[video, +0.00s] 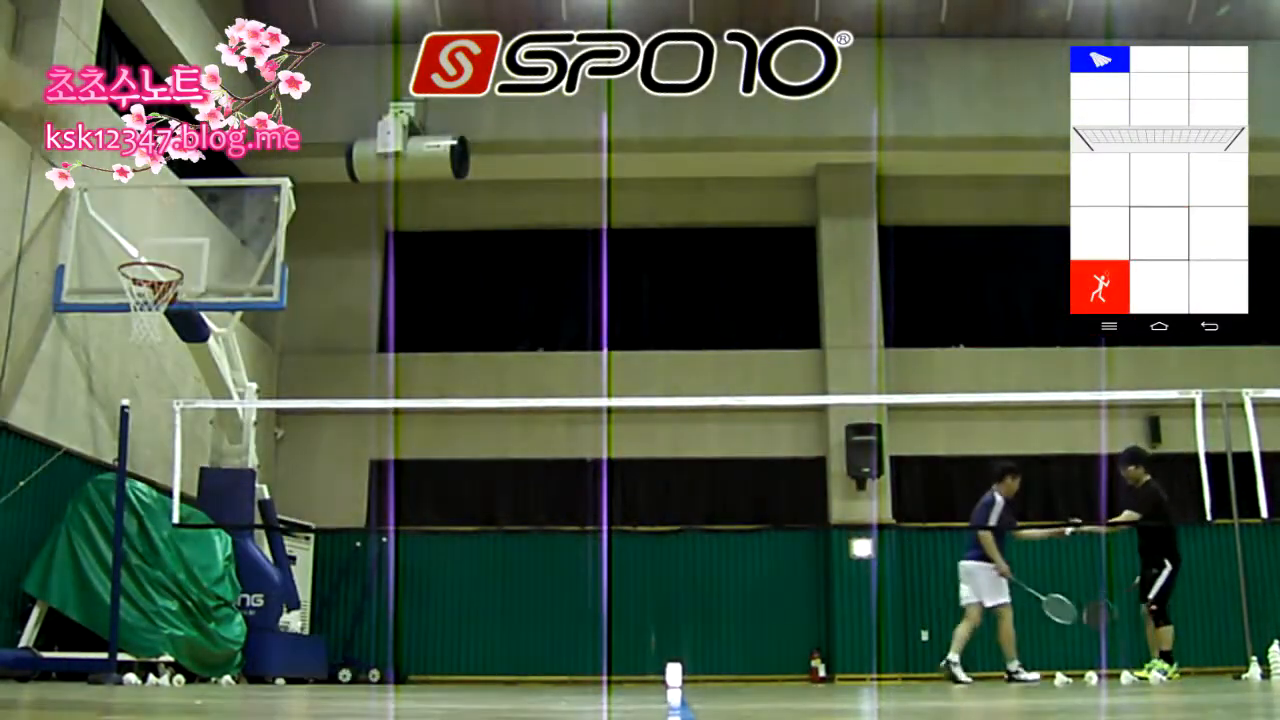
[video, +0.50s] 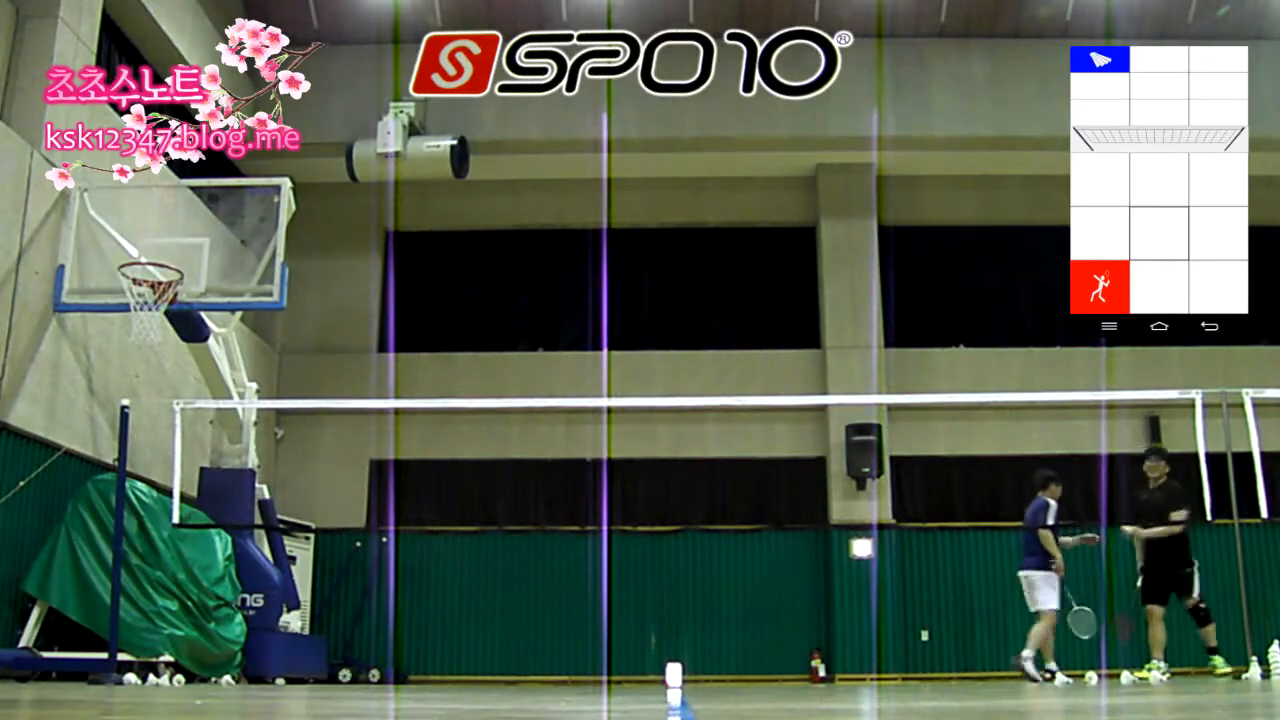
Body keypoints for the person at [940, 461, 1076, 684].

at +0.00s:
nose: (1017, 487)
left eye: (1018, 482)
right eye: (1016, 482)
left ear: (1002, 481)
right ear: (1006, 480)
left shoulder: (992, 501)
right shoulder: (996, 501)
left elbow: (1017, 532)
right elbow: (984, 532)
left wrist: (1054, 532)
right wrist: (1000, 563)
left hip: (969, 564)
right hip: (986, 565)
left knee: (972, 616)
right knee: (1005, 613)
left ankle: (952, 658)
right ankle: (1013, 666)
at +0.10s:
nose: (1027, 486)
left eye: (1027, 481)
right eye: (1025, 481)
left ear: (1012, 481)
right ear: (1016, 480)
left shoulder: (1006, 501)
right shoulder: (1007, 500)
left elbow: (1024, 534)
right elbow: (999, 533)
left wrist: (1057, 533)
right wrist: (1016, 562)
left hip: (984, 564)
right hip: (997, 564)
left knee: (999, 618)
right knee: (1016, 612)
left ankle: (973, 648)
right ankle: (1015, 666)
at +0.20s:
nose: (1036, 485)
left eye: (1036, 481)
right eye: (1034, 480)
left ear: (1021, 480)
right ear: (1025, 479)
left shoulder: (1009, 499)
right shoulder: (1019, 499)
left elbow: (1032, 533)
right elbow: (1013, 532)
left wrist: (1064, 534)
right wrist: (1028, 559)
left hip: (994, 560)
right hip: (1006, 560)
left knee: (1014, 612)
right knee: (1019, 611)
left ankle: (999, 648)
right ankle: (1015, 665)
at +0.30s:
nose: (1044, 486)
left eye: (1044, 482)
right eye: (1042, 482)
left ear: (1028, 482)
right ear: (1035, 481)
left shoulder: (1018, 500)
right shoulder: (1028, 499)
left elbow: (1038, 533)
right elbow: (1025, 531)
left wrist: (1070, 535)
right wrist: (1039, 557)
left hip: (1011, 561)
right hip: (1016, 562)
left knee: (1027, 611)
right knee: (1023, 611)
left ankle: (1026, 658)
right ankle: (1015, 664)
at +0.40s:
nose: (1052, 490)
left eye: (1052, 486)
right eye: (1050, 486)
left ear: (1035, 486)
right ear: (1043, 485)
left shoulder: (1028, 504)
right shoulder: (1040, 502)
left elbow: (1051, 537)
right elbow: (1035, 531)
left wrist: (1077, 538)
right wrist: (1049, 557)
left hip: (1020, 565)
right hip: (1028, 565)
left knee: (1037, 618)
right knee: (1029, 615)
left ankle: (1046, 663)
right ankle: (1016, 664)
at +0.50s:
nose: (1060, 492)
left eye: (1059, 487)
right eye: (1058, 487)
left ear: (1043, 488)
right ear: (1051, 487)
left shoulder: (1034, 507)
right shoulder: (1049, 504)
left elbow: (1052, 540)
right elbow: (1043, 531)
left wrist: (1080, 540)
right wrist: (1058, 556)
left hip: (1030, 569)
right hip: (1041, 568)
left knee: (1046, 617)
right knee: (1049, 615)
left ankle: (1050, 664)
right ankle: (1027, 654)